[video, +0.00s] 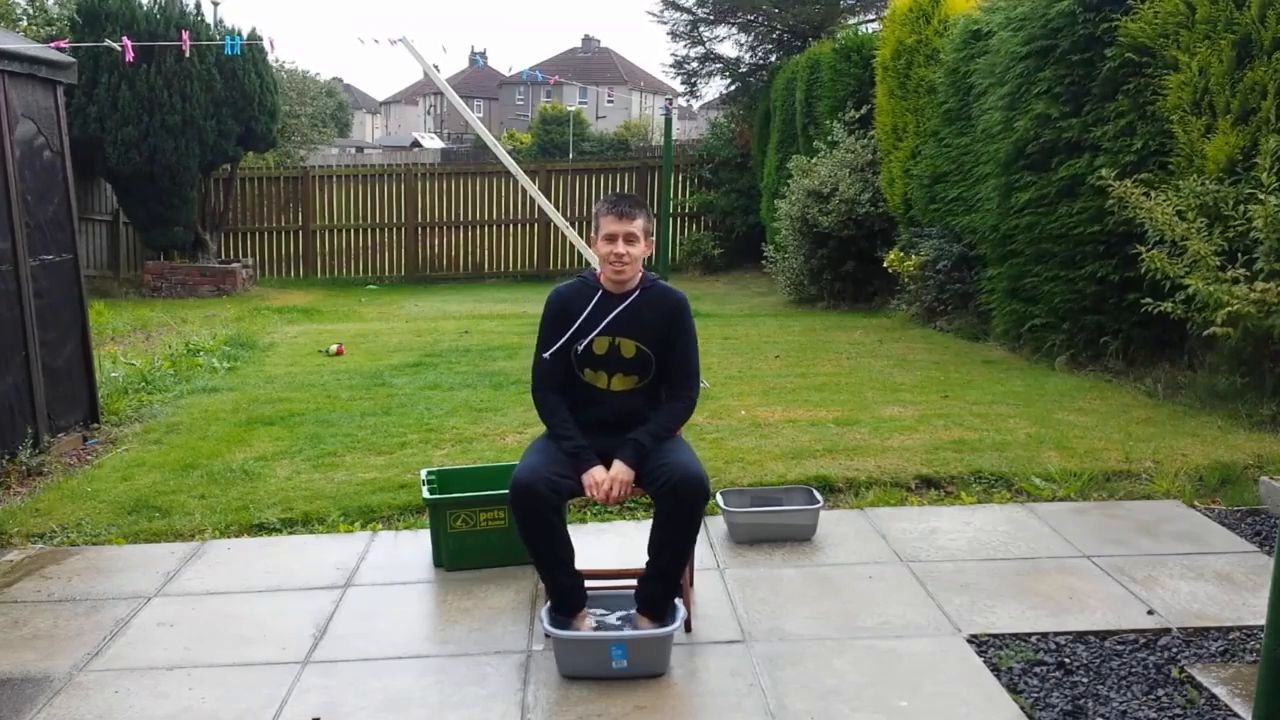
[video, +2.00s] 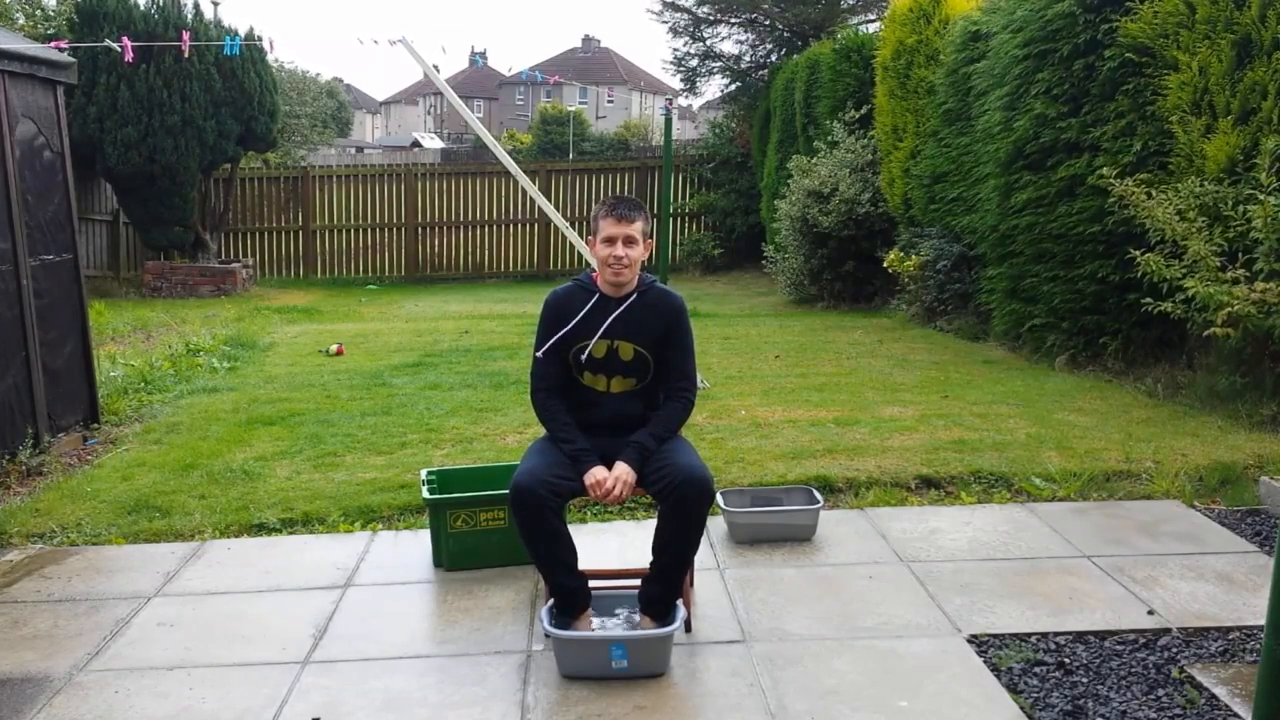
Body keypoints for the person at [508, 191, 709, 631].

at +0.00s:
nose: (618, 250)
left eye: (630, 239)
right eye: (609, 239)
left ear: (648, 247)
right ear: (594, 245)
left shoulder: (670, 305)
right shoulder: (565, 301)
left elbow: (683, 395)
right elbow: (546, 388)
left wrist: (631, 456)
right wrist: (586, 461)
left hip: (648, 435)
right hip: (574, 436)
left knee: (689, 484)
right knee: (527, 487)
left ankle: (654, 604)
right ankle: (569, 604)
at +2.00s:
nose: (618, 253)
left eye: (630, 242)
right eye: (608, 241)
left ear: (647, 249)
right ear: (591, 246)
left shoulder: (667, 307)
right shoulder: (562, 304)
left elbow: (681, 395)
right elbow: (545, 393)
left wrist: (633, 458)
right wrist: (587, 461)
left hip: (649, 436)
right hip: (574, 438)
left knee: (694, 485)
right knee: (527, 489)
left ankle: (656, 606)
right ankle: (573, 606)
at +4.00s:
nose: (617, 249)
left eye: (628, 240)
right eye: (607, 239)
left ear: (645, 248)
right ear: (589, 246)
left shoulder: (666, 307)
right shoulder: (562, 304)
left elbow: (680, 396)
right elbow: (545, 394)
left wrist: (633, 458)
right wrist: (586, 461)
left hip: (648, 436)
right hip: (574, 437)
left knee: (693, 484)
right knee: (527, 489)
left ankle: (658, 603)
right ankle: (571, 603)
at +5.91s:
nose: (578, 255)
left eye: (588, 244)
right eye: (567, 245)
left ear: (604, 248)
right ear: (551, 251)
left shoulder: (635, 299)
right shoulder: (532, 315)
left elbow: (663, 384)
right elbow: (534, 403)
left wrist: (629, 458)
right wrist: (587, 459)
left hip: (639, 432)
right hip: (567, 439)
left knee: (686, 476)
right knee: (527, 492)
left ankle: (657, 603)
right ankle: (573, 606)